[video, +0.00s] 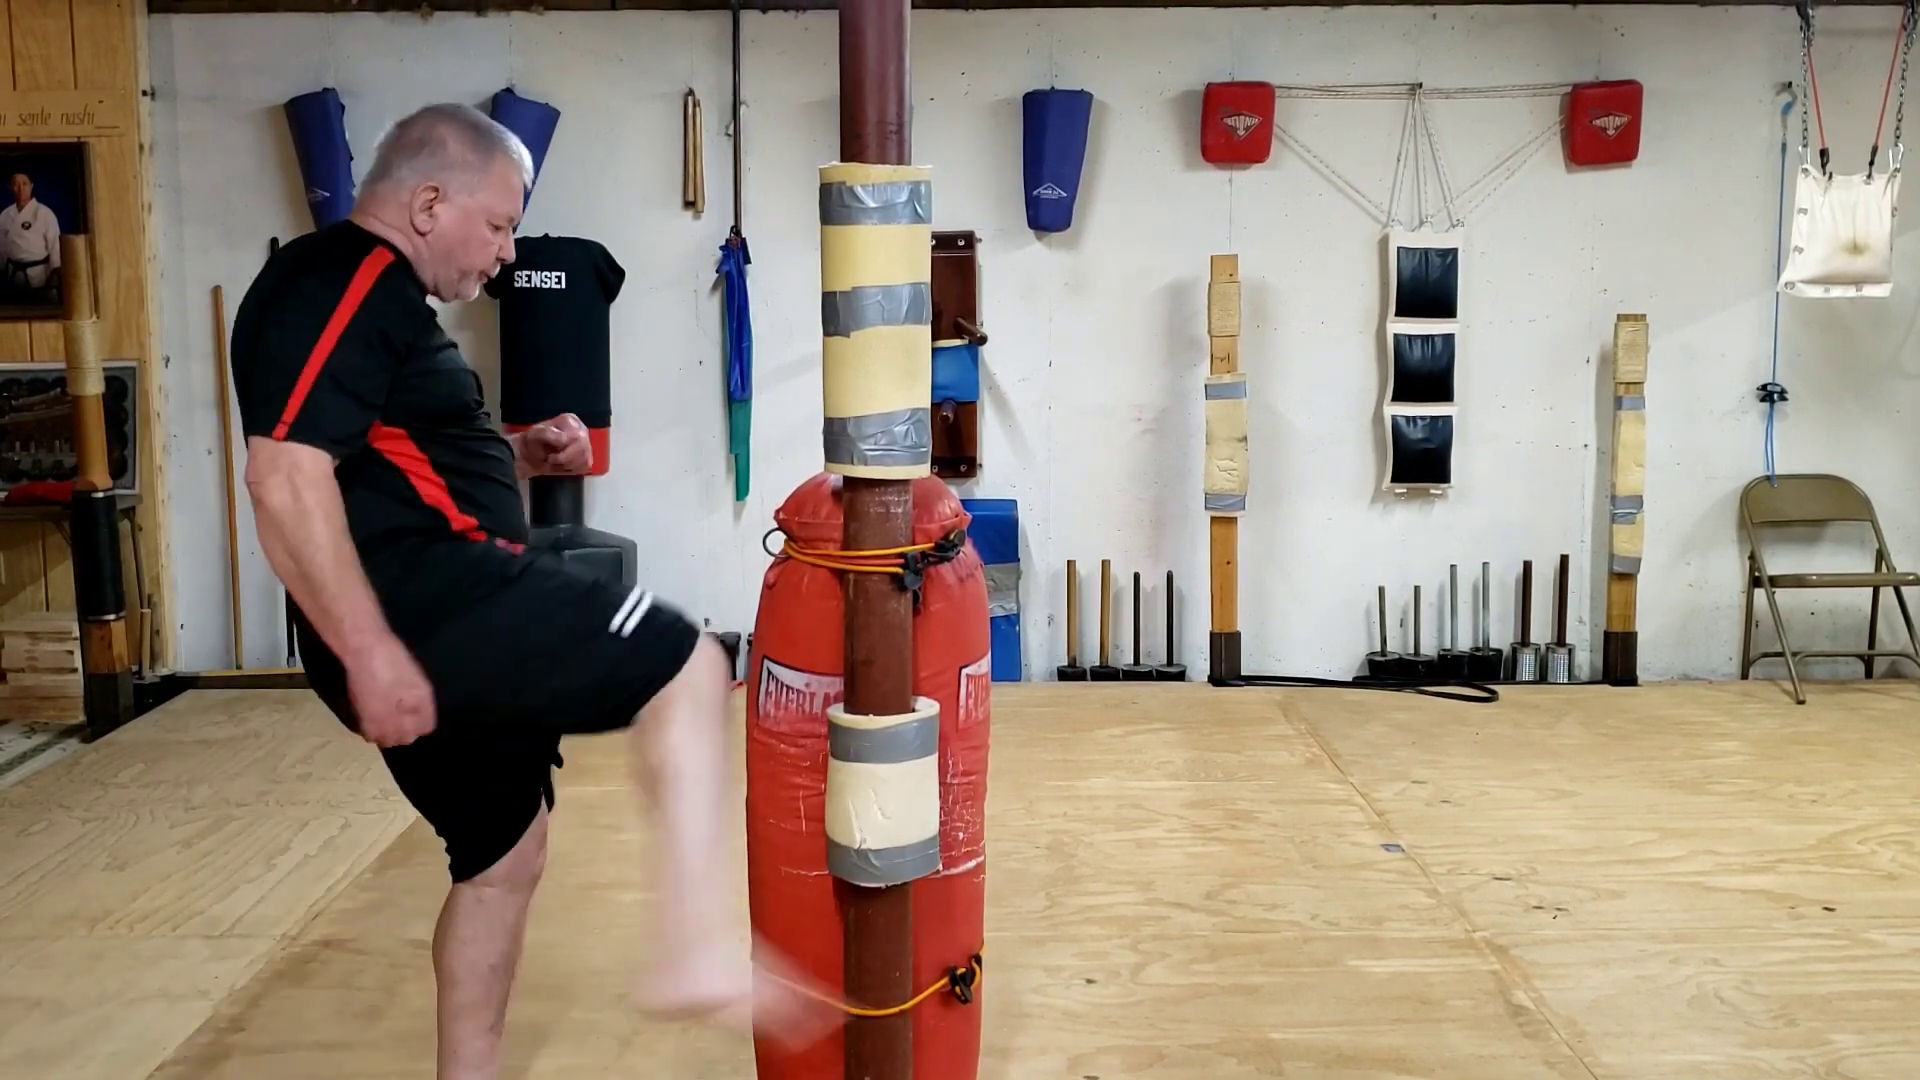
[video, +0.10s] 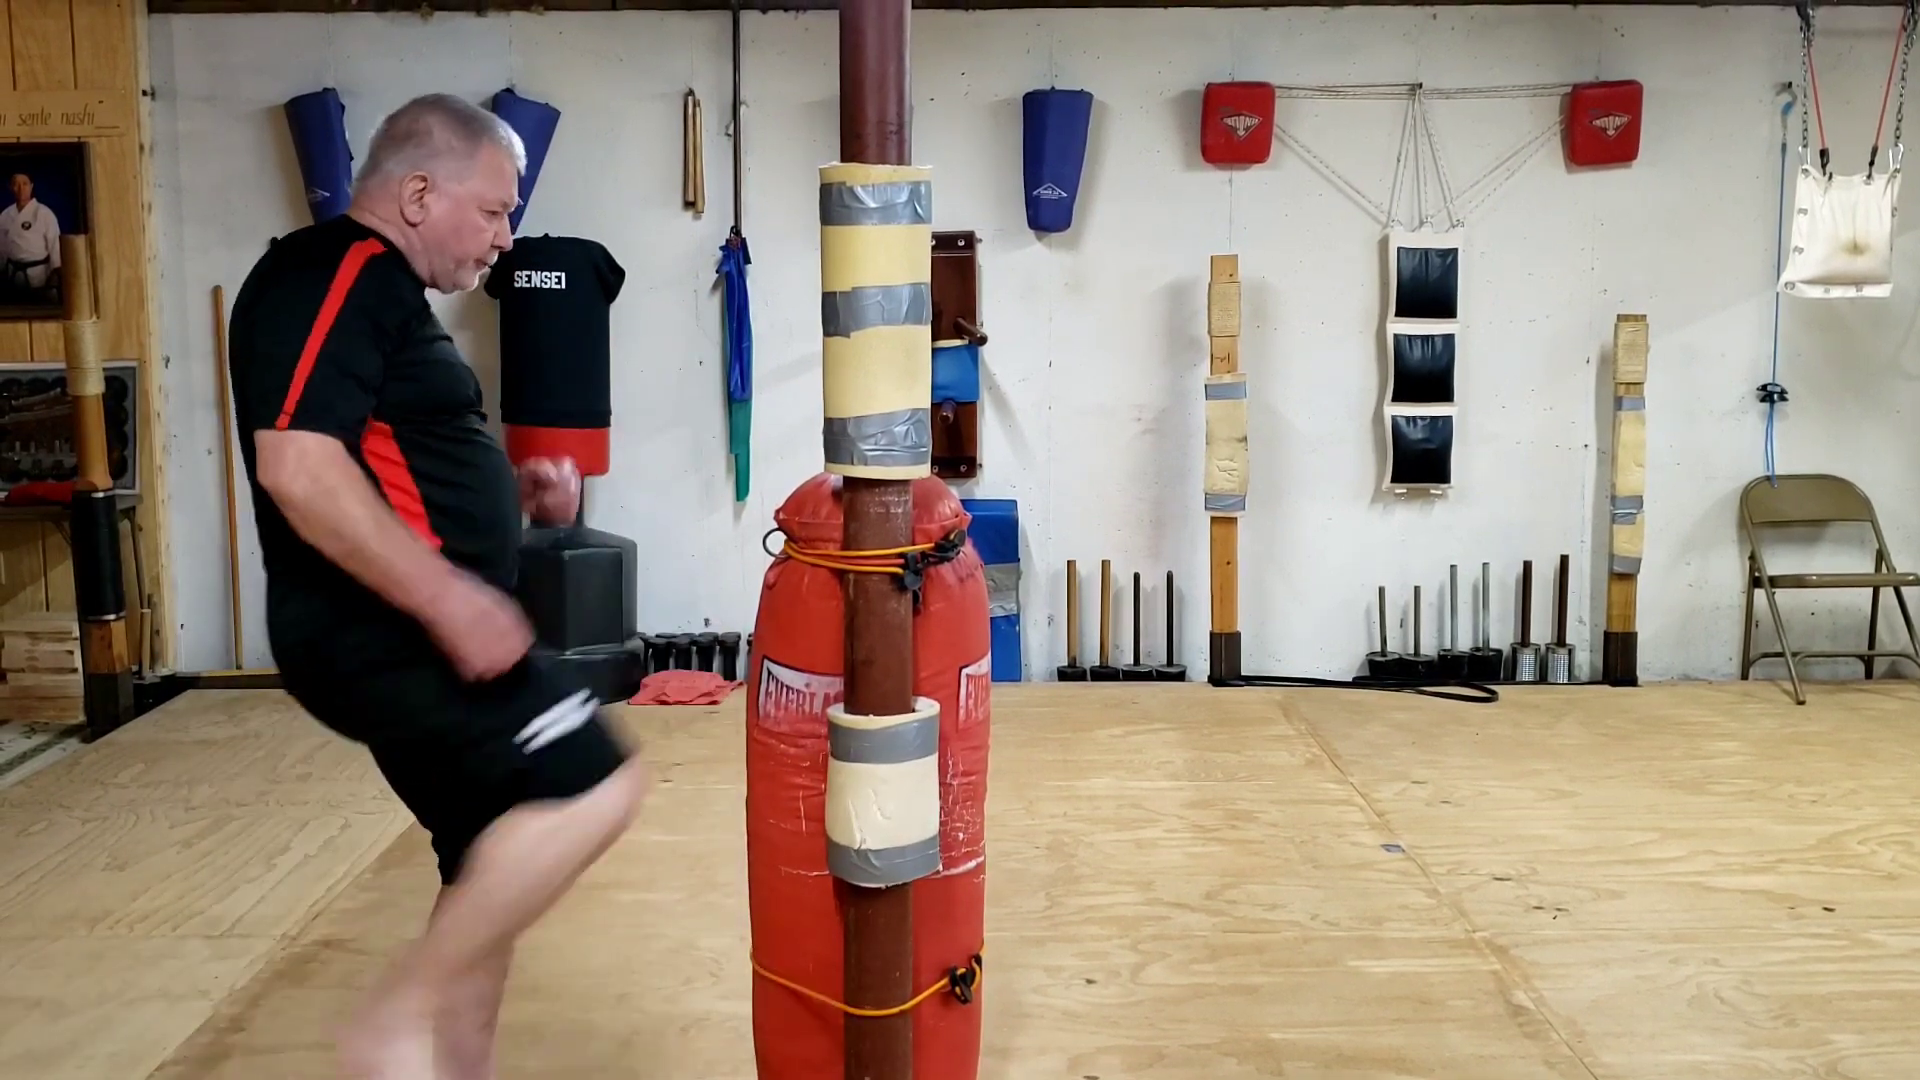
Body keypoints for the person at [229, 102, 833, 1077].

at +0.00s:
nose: (507, 255)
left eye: (512, 232)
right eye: (500, 227)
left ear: (423, 210)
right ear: (426, 206)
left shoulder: (375, 289)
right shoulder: (349, 277)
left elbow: (388, 463)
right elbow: (284, 470)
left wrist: (517, 451)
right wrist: (371, 651)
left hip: (387, 621)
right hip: (428, 595)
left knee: (501, 847)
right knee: (687, 663)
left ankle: (465, 1069)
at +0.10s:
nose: (505, 241)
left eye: (508, 218)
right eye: (494, 213)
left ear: (415, 203)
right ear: (416, 197)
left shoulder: (373, 280)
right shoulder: (339, 270)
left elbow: (388, 463)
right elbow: (296, 462)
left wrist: (512, 491)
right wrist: (447, 595)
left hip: (404, 625)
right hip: (373, 628)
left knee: (490, 860)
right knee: (596, 778)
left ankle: (463, 1061)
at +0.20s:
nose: (501, 242)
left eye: (505, 221)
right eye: (492, 214)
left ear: (415, 200)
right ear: (411, 194)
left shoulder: (393, 301)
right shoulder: (317, 270)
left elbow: (402, 476)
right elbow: (308, 454)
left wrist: (504, 534)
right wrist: (511, 490)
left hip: (438, 639)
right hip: (341, 647)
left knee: (505, 851)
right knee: (407, 898)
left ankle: (466, 1074)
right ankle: (213, 1068)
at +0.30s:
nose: (483, 255)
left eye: (489, 232)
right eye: (468, 229)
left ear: (394, 223)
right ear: (382, 215)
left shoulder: (385, 320)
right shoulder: (281, 289)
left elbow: (366, 506)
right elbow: (329, 467)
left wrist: (471, 569)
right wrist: (514, 421)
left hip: (421, 679)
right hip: (288, 699)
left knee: (509, 865)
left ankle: (465, 1074)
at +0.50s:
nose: (433, 261)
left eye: (438, 236)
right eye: (411, 237)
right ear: (321, 231)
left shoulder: (399, 313)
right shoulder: (212, 310)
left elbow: (410, 467)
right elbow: (197, 515)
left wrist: (478, 465)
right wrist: (416, 509)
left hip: (391, 665)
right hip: (240, 690)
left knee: (489, 861)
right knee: (194, 948)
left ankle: (463, 1074)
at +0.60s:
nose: (441, 263)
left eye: (446, 238)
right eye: (420, 239)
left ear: (343, 233)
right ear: (331, 232)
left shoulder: (419, 317)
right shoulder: (199, 323)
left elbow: (514, 428)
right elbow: (118, 518)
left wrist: (578, 373)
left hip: (385, 670)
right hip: (229, 695)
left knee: (481, 857)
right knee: (206, 947)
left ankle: (462, 1075)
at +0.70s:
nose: (463, 271)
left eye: (467, 248)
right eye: (446, 247)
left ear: (369, 241)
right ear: (358, 240)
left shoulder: (415, 317)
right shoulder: (227, 325)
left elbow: (540, 380)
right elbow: (94, 498)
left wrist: (665, 366)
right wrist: (214, 659)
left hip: (380, 683)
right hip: (256, 702)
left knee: (480, 855)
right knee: (216, 962)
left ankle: (461, 1075)